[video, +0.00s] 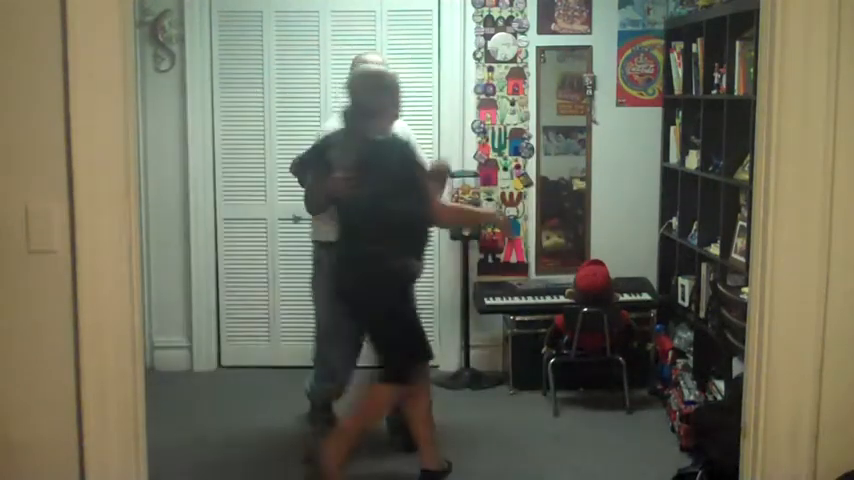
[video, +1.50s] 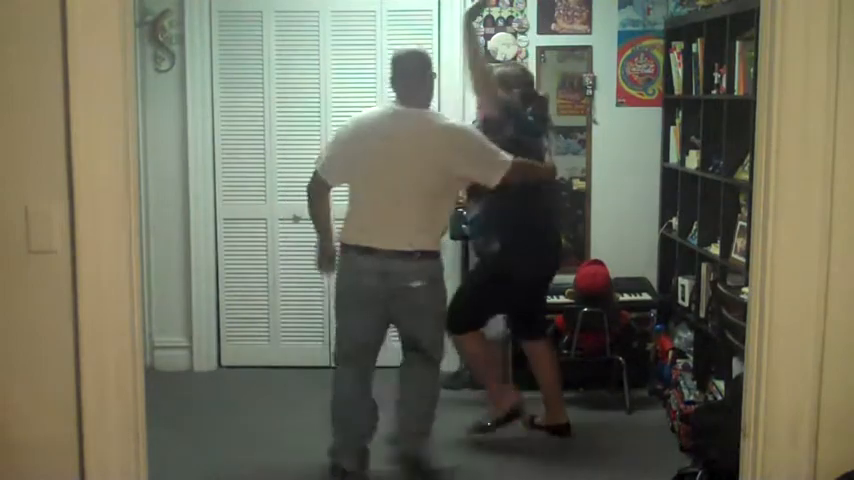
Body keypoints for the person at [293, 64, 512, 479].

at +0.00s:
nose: (399, 106)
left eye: (396, 98)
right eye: (396, 99)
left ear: (357, 103)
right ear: (390, 105)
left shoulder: (342, 149)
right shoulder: (396, 151)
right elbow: (436, 214)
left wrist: (431, 184)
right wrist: (489, 217)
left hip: (354, 272)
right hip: (384, 275)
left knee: (413, 363)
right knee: (400, 368)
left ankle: (430, 461)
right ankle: (335, 451)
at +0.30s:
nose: (363, 87)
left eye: (364, 80)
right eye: (355, 80)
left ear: (361, 87)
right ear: (329, 85)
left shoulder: (369, 128)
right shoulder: (308, 134)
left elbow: (393, 167)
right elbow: (336, 190)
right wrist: (396, 206)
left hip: (359, 253)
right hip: (310, 256)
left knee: (363, 337)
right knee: (314, 345)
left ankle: (312, 424)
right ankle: (322, 432)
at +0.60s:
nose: (374, 72)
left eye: (373, 65)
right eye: (364, 66)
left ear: (364, 73)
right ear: (335, 72)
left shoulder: (358, 122)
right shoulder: (311, 124)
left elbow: (366, 186)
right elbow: (298, 193)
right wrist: (363, 226)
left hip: (355, 249)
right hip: (314, 245)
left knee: (353, 346)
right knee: (338, 330)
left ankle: (307, 437)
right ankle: (283, 363)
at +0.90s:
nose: (396, 75)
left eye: (395, 67)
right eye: (389, 67)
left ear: (365, 72)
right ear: (363, 70)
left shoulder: (359, 118)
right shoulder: (342, 119)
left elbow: (353, 182)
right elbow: (333, 187)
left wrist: (402, 189)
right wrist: (399, 190)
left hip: (340, 247)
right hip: (338, 249)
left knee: (341, 349)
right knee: (386, 354)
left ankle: (307, 441)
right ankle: (372, 466)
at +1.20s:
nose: (425, 87)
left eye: (424, 78)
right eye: (421, 79)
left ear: (378, 83)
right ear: (407, 86)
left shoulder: (344, 128)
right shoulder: (412, 141)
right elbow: (452, 208)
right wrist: (493, 188)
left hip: (330, 264)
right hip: (376, 270)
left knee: (376, 348)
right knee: (398, 364)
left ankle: (336, 433)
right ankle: (368, 465)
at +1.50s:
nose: (423, 87)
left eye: (417, 78)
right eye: (426, 79)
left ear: (392, 84)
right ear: (430, 83)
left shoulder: (360, 129)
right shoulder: (452, 135)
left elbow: (318, 187)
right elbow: (507, 170)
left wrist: (324, 241)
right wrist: (547, 171)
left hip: (360, 268)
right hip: (419, 270)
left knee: (352, 363)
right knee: (421, 356)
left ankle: (347, 458)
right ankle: (410, 449)